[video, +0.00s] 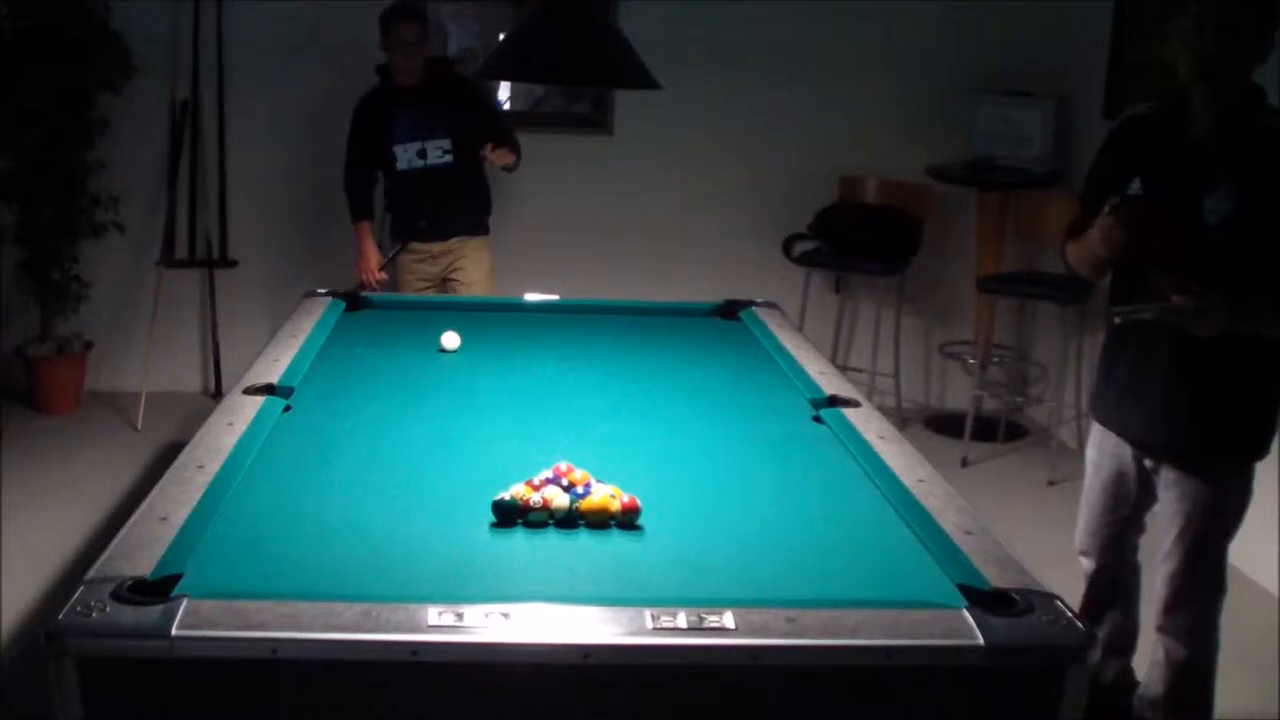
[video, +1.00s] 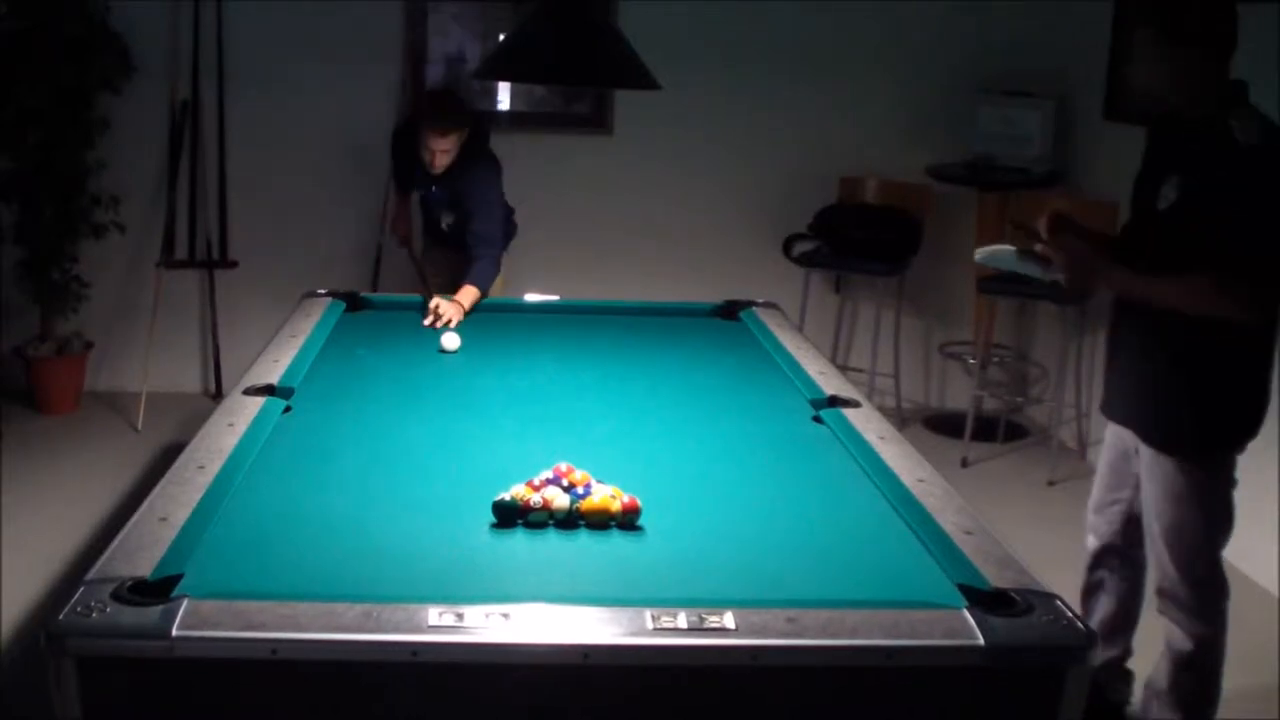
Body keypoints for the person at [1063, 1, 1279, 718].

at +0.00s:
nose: (1203, 56)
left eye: (1221, 38)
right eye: (1193, 36)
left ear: (1253, 47)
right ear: (1172, 45)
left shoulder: (1272, 148)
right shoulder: (1141, 133)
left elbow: (1274, 288)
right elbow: (1078, 257)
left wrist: (1216, 302)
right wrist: (1099, 242)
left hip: (1224, 397)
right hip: (1129, 379)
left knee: (1183, 597)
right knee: (1099, 557)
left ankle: (1171, 710)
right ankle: (1099, 692)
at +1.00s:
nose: (1133, 70)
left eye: (1146, 51)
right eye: (1134, 51)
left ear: (1192, 56)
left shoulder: (1252, 152)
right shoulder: (1172, 139)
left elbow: (1239, 295)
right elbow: (1158, 256)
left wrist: (1109, 274)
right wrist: (1089, 248)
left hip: (1196, 408)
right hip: (1135, 389)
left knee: (1185, 588)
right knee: (1109, 548)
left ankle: (1177, 708)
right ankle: (1098, 675)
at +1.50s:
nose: (1081, 69)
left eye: (1091, 52)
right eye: (1082, 52)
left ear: (1128, 52)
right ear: (1144, 49)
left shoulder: (1156, 128)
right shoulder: (1153, 120)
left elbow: (1134, 264)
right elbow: (1119, 224)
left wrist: (1028, 245)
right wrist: (1034, 210)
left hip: (1126, 373)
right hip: (1131, 368)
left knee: (1092, 539)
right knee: (1095, 533)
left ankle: (1122, 695)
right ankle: (1111, 684)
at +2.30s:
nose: (980, 74)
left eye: (988, 59)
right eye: (979, 60)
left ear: (1018, 56)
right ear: (1039, 52)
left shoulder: (1052, 122)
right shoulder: (1057, 113)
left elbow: (1031, 261)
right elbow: (1026, 218)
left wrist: (937, 240)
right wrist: (946, 204)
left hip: (1045, 358)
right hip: (1046, 350)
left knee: (1007, 515)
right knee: (999, 495)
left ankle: (1035, 645)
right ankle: (1031, 632)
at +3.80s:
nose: (1003, 68)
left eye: (1014, 54)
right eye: (1001, 54)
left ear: (1049, 52)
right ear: (1020, 54)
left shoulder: (1102, 128)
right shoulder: (1029, 126)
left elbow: (1101, 244)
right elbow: (1038, 226)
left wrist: (993, 239)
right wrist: (980, 224)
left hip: (1088, 355)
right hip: (1028, 346)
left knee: (1101, 506)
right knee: (1018, 493)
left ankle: (1144, 655)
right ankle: (1006, 628)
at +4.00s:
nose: (1069, 69)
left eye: (1082, 55)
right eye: (1068, 55)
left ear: (1122, 57)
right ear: (1077, 56)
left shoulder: (1179, 144)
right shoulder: (1075, 126)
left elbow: (1174, 261)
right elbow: (1068, 219)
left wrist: (1059, 252)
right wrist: (1019, 224)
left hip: (1138, 375)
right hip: (1061, 358)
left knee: (1158, 525)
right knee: (1035, 496)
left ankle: (1185, 674)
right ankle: (1011, 630)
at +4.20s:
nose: (1121, 75)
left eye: (1137, 60)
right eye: (1125, 60)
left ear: (1186, 64)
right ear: (1150, 70)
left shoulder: (1258, 156)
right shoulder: (1129, 146)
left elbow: (1263, 282)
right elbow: (1099, 241)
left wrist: (1149, 277)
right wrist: (1081, 251)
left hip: (1213, 391)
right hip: (1122, 375)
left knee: (1199, 547)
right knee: (1060, 505)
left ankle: (1191, 678)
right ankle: (1018, 634)